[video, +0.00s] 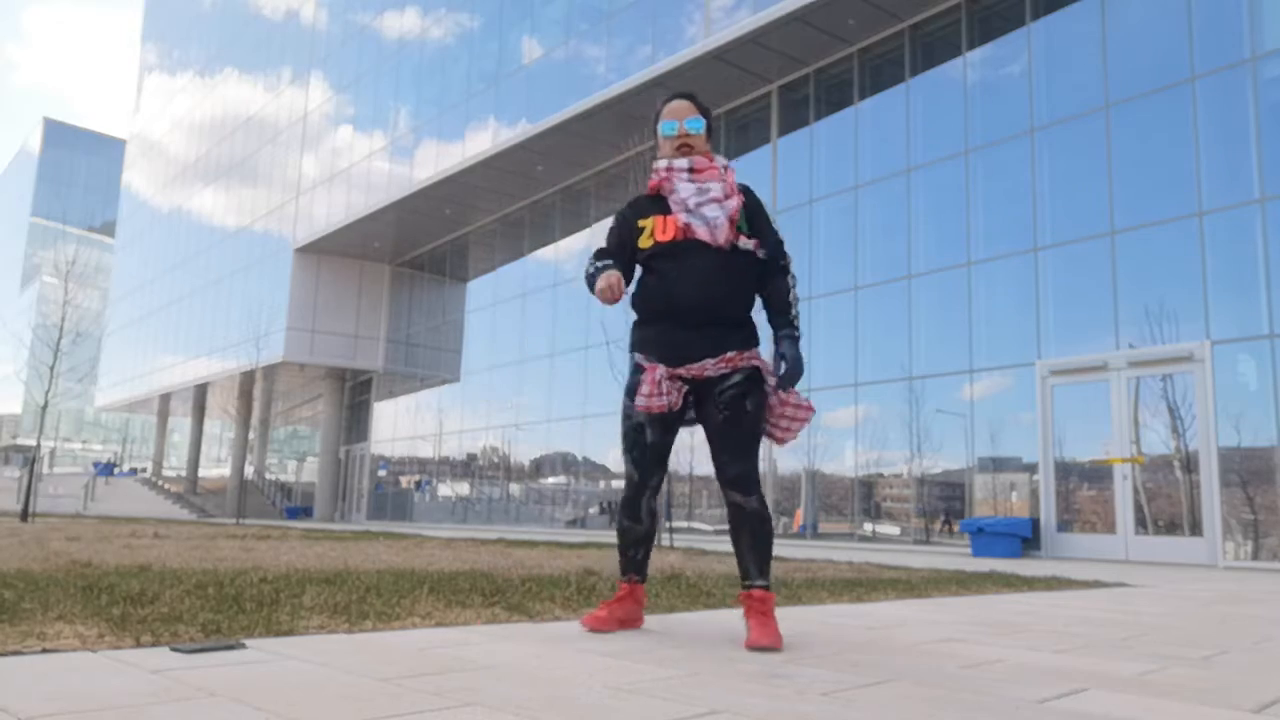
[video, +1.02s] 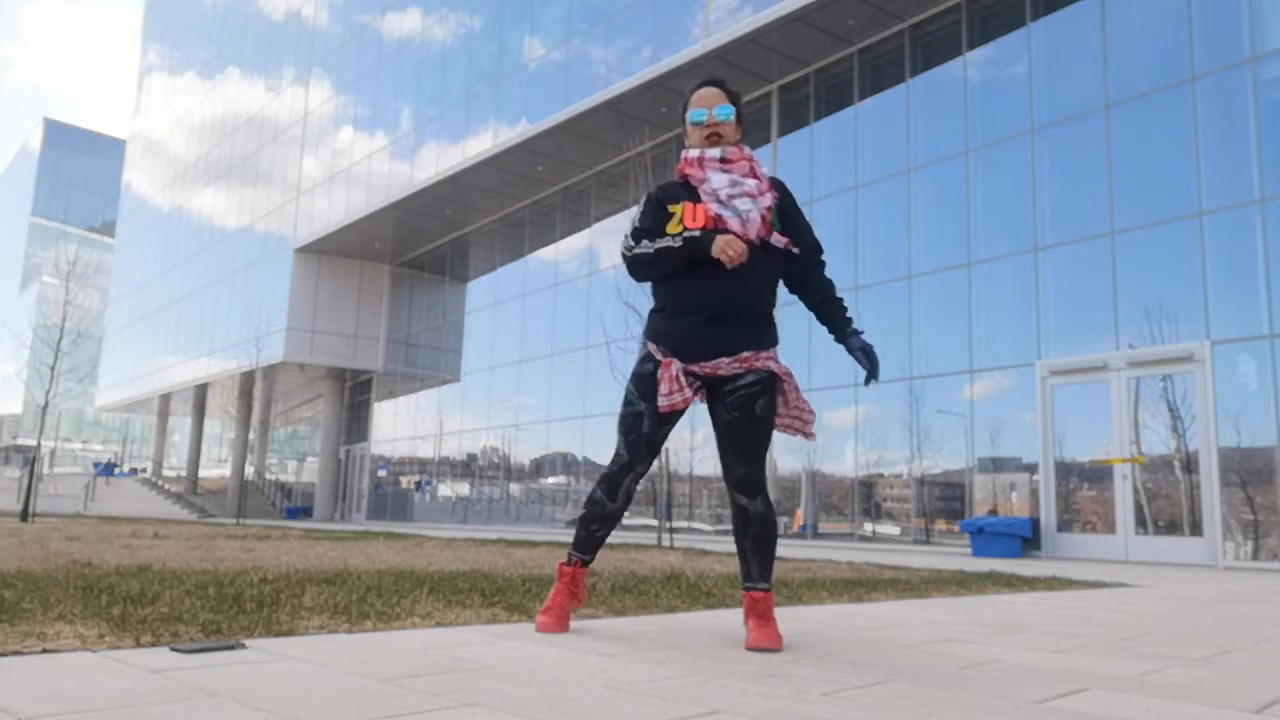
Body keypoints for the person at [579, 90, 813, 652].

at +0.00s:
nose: (680, 135)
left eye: (690, 126)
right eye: (670, 127)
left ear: (708, 136)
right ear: (657, 139)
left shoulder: (741, 203)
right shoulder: (641, 208)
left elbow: (775, 273)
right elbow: (610, 257)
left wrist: (787, 340)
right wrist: (605, 275)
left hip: (729, 360)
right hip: (657, 363)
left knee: (741, 481)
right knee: (641, 478)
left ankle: (758, 604)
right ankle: (629, 594)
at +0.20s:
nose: (708, 138)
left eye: (718, 128)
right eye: (697, 130)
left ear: (736, 136)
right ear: (683, 140)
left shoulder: (764, 204)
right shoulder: (665, 208)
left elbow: (805, 270)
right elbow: (647, 273)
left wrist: (842, 324)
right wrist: (702, 249)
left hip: (764, 357)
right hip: (693, 362)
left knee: (762, 477)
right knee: (718, 472)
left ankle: (761, 602)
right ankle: (726, 591)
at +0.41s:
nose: (720, 131)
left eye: (729, 121)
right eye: (708, 123)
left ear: (746, 131)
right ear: (693, 136)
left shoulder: (778, 199)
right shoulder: (679, 202)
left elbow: (811, 275)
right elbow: (666, 268)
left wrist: (843, 340)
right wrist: (746, 253)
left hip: (776, 358)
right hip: (704, 360)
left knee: (768, 480)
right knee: (706, 471)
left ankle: (763, 603)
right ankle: (706, 589)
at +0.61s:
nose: (723, 127)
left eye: (732, 117)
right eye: (711, 119)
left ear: (750, 127)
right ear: (696, 132)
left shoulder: (781, 200)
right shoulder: (680, 200)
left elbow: (812, 278)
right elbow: (662, 265)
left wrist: (842, 343)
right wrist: (739, 248)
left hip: (771, 357)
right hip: (694, 357)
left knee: (764, 482)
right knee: (648, 464)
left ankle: (762, 606)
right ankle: (602, 578)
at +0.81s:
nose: (713, 122)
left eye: (723, 112)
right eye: (701, 114)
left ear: (741, 121)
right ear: (687, 126)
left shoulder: (770, 195)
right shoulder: (669, 193)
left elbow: (804, 272)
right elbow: (643, 255)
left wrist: (840, 335)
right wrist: (716, 242)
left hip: (744, 357)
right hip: (668, 355)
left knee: (746, 480)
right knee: (626, 464)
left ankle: (758, 606)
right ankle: (572, 576)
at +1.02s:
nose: (711, 125)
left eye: (721, 115)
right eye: (699, 117)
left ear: (739, 124)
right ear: (685, 130)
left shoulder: (772, 198)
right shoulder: (668, 196)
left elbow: (808, 272)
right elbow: (636, 258)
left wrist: (847, 332)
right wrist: (702, 242)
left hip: (745, 362)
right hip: (668, 358)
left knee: (748, 483)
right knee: (628, 465)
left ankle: (759, 608)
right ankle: (570, 579)